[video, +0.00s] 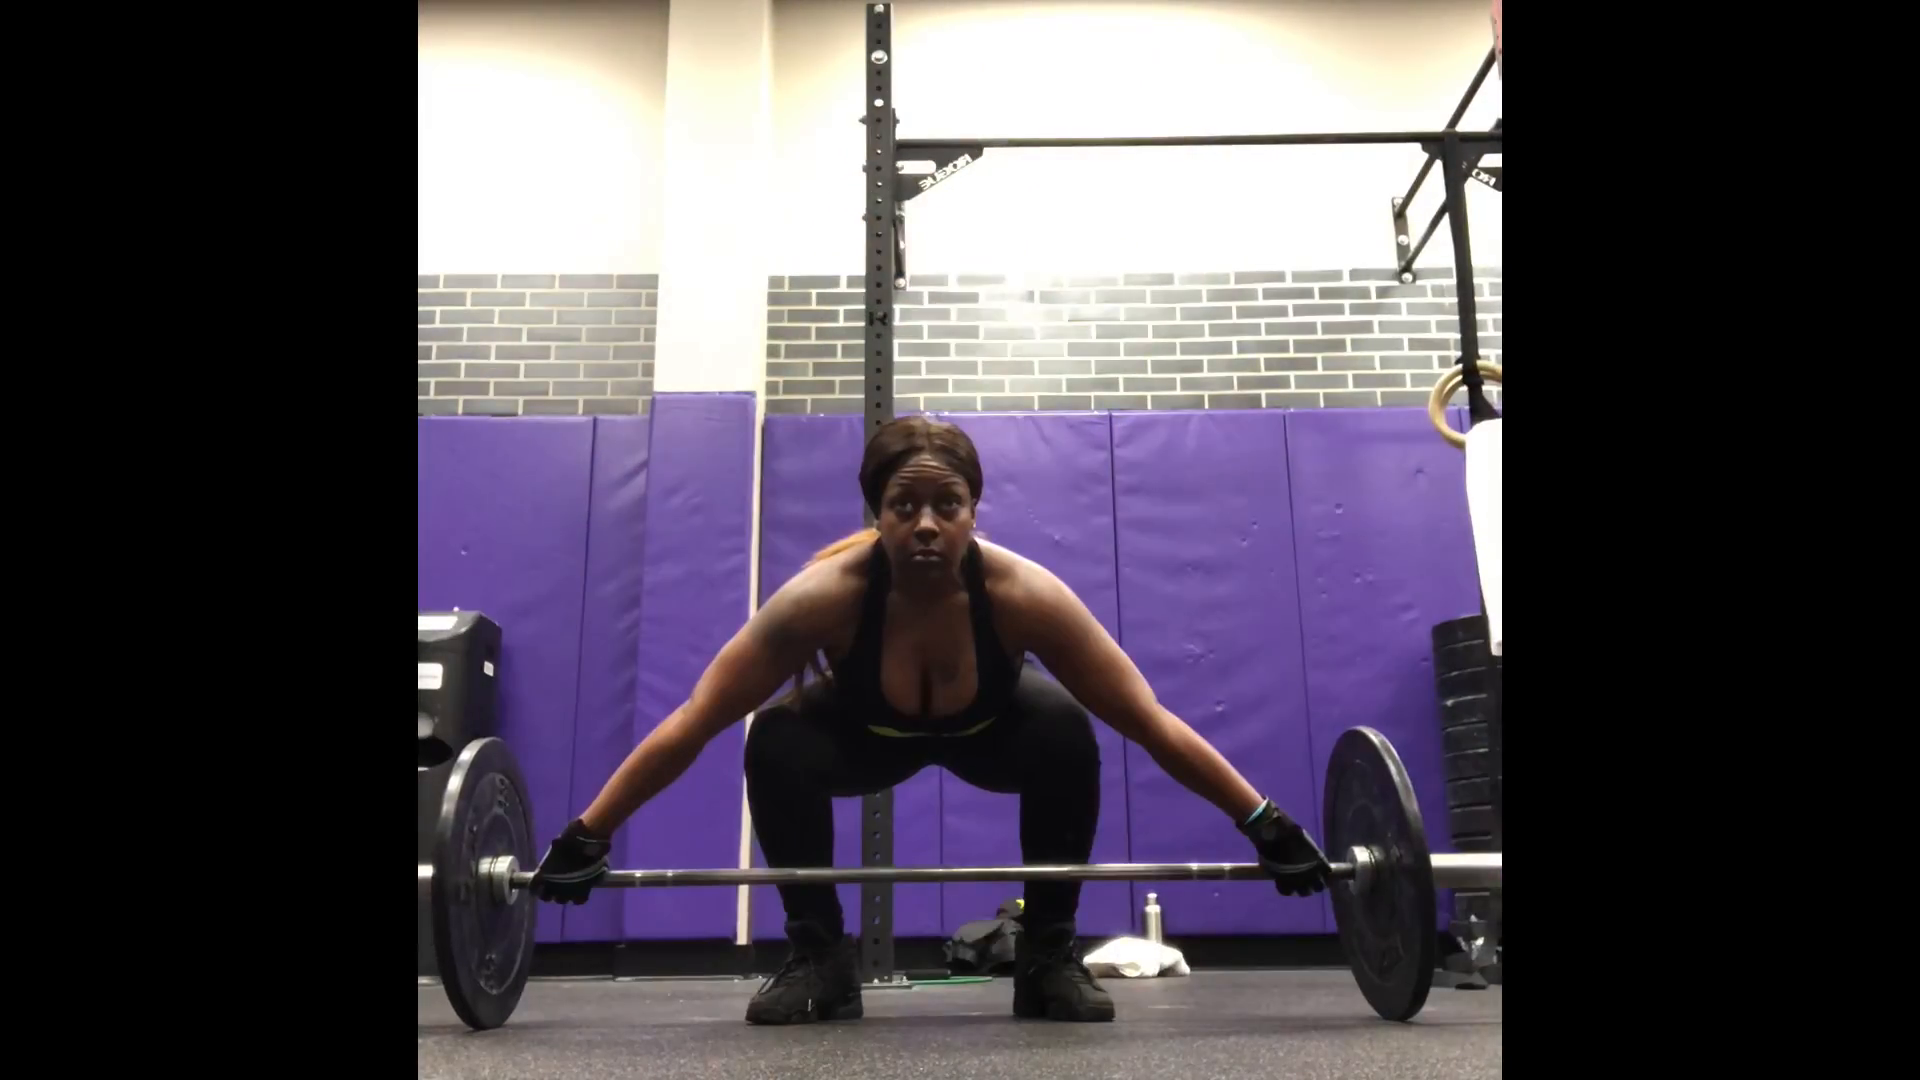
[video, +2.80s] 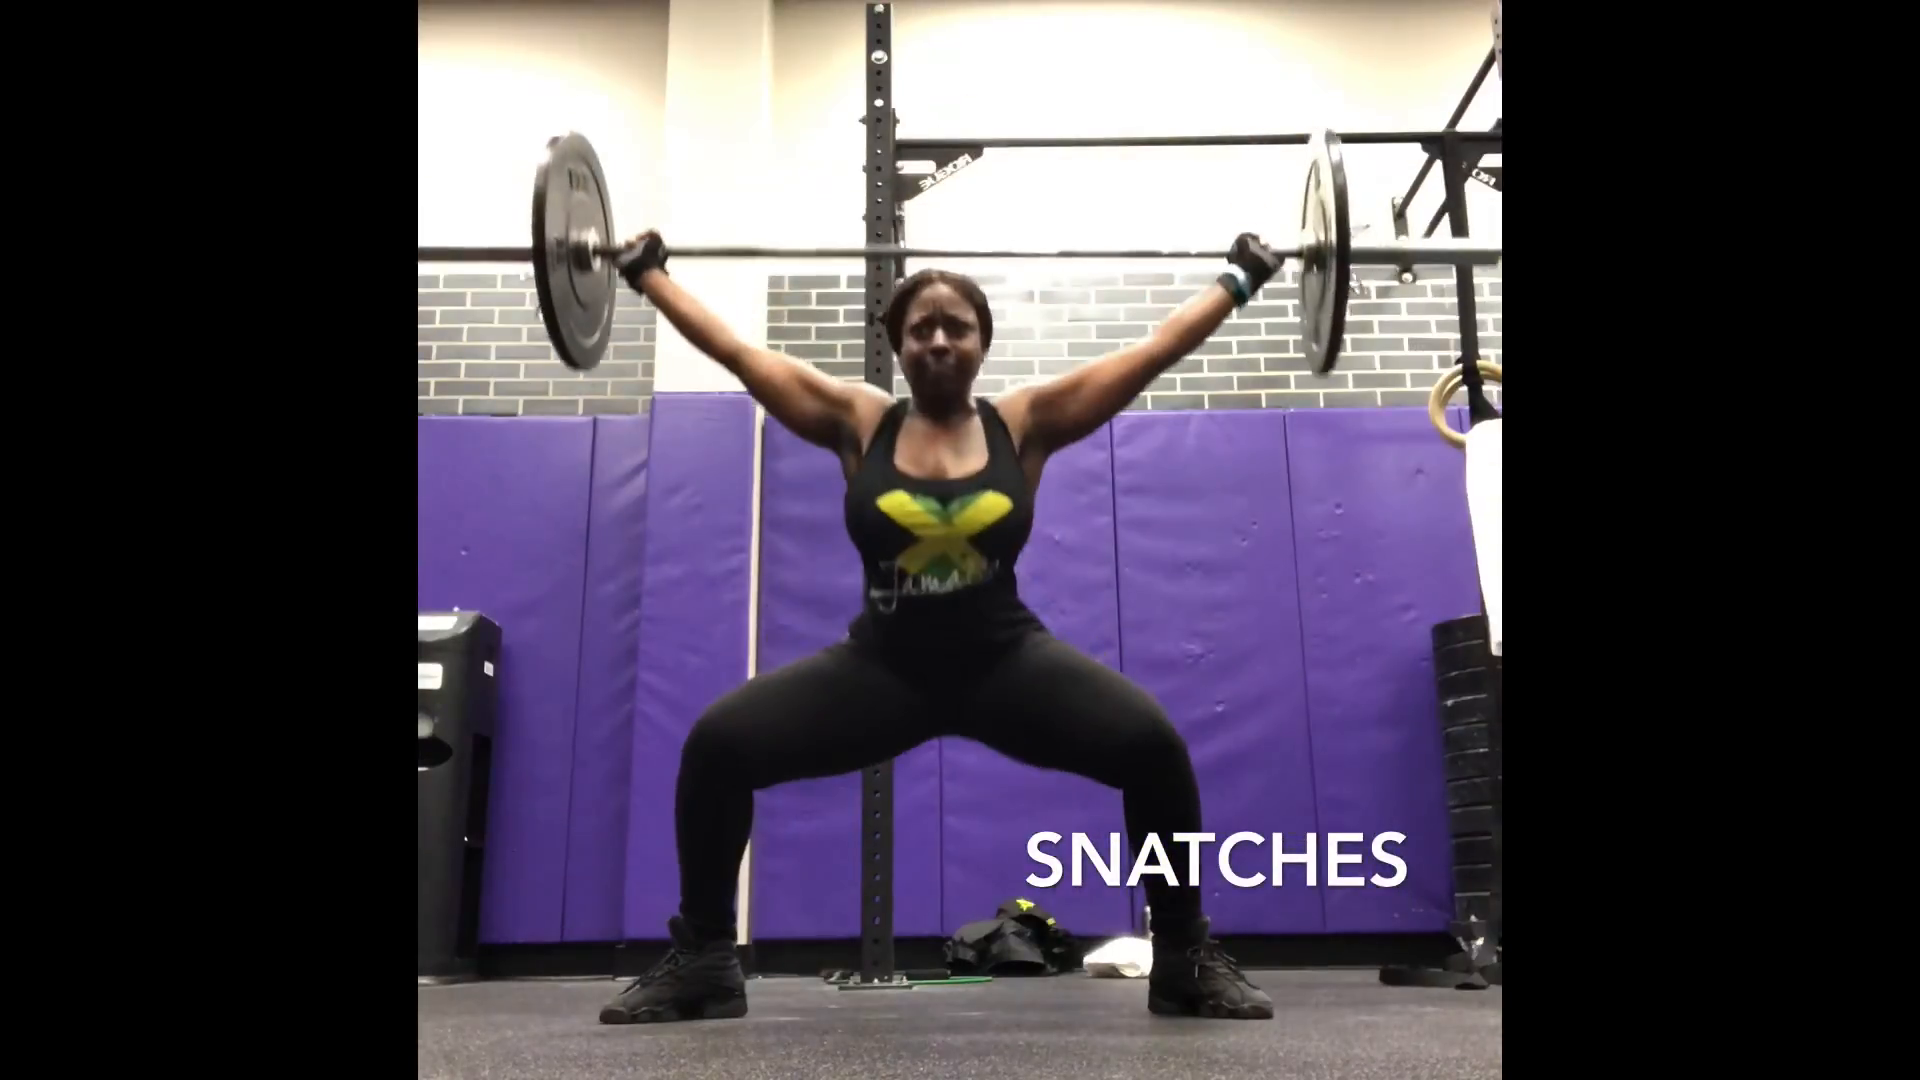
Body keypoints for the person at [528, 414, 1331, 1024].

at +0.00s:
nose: (928, 522)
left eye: (946, 503)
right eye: (908, 505)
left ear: (973, 510)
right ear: (877, 514)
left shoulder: (1025, 594)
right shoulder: (823, 595)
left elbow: (1151, 724)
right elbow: (696, 724)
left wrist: (1263, 821)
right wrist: (585, 834)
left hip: (985, 731)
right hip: (865, 735)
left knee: (1065, 736)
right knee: (777, 746)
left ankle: (1049, 961)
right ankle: (819, 961)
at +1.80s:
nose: (927, 389)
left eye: (945, 372)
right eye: (909, 373)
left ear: (972, 387)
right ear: (879, 390)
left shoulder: (1021, 480)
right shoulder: (831, 477)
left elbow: (1139, 593)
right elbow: (708, 586)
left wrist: (1247, 691)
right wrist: (599, 691)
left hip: (991, 622)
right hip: (876, 626)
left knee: (1069, 720)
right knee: (789, 729)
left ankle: (1050, 960)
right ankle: (817, 959)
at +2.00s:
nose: (934, 249)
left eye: (950, 237)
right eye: (915, 237)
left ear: (976, 268)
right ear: (885, 267)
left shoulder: (1019, 380)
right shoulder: (837, 372)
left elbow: (1140, 463)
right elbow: (719, 453)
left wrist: (1242, 554)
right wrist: (615, 545)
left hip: (985, 587)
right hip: (871, 588)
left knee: (1054, 725)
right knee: (791, 728)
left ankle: (1048, 959)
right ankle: (822, 957)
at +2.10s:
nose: (943, 179)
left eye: (958, 170)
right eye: (924, 169)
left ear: (979, 200)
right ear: (894, 197)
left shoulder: (1021, 312)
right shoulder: (842, 303)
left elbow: (1138, 377)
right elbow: (732, 369)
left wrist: (1235, 442)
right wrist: (629, 428)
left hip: (980, 539)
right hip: (870, 538)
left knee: (1030, 713)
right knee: (816, 712)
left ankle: (1047, 945)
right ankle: (817, 947)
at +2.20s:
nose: (943, 140)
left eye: (960, 133)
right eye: (926, 131)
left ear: (983, 166)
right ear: (899, 162)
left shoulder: (1015, 258)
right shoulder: (850, 250)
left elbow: (1133, 302)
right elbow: (734, 306)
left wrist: (1232, 325)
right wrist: (631, 311)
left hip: (978, 478)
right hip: (870, 477)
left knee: (1028, 681)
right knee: (831, 680)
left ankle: (1073, 910)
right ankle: (792, 912)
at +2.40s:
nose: (948, 219)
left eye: (964, 211)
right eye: (933, 210)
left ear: (986, 239)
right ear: (907, 235)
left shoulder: (1019, 314)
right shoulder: (856, 308)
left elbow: (1147, 296)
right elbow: (730, 296)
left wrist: (1222, 195)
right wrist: (652, 191)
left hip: (990, 534)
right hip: (878, 535)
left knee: (1101, 703)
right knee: (758, 708)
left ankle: (1175, 927)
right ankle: (708, 946)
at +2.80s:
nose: (939, 343)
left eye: (956, 328)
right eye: (922, 329)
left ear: (984, 344)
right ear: (897, 346)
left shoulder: (1024, 423)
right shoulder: (858, 420)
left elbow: (1151, 356)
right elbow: (739, 354)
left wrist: (1241, 281)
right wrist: (649, 276)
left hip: (1003, 665)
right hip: (882, 669)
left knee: (1153, 748)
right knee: (717, 746)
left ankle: (1184, 962)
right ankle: (703, 961)